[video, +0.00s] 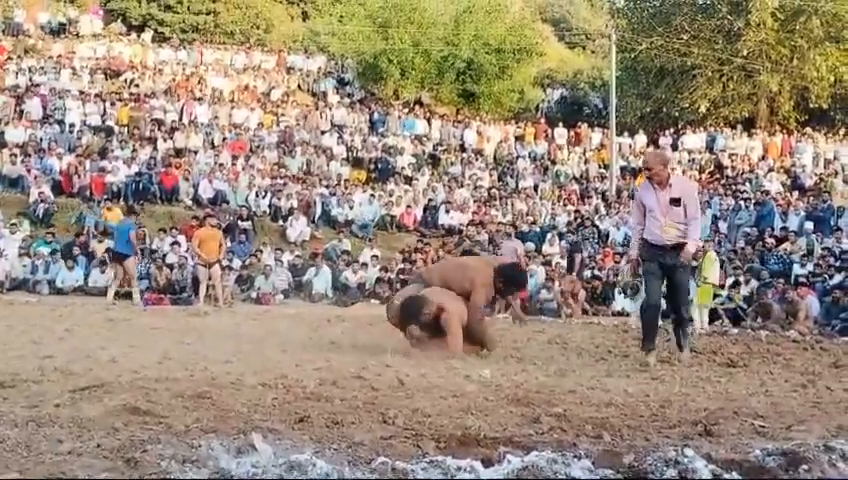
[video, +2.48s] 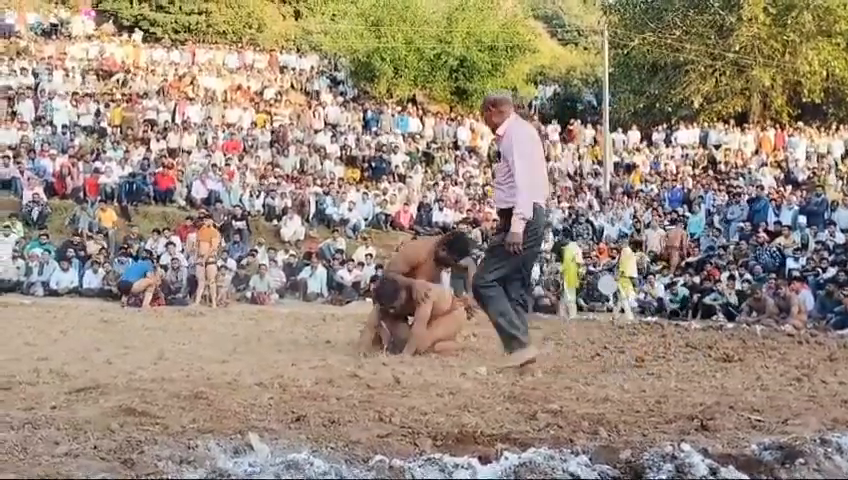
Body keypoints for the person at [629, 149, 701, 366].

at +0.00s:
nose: (649, 176)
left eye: (653, 172)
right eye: (647, 172)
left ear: (666, 168)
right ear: (646, 171)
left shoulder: (686, 187)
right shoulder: (642, 190)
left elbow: (694, 220)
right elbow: (637, 224)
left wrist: (691, 246)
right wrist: (634, 250)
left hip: (678, 249)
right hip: (651, 249)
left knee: (680, 305)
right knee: (652, 301)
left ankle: (683, 347)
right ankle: (648, 349)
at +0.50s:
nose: (659, 163)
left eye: (662, 157)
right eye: (656, 158)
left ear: (676, 153)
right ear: (654, 157)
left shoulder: (697, 174)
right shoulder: (649, 176)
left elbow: (709, 209)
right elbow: (640, 211)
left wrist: (718, 240)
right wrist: (633, 241)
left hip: (687, 244)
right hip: (658, 244)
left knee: (687, 302)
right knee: (653, 302)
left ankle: (693, 359)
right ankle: (649, 343)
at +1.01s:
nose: (637, 151)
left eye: (640, 145)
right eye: (634, 146)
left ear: (655, 140)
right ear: (633, 144)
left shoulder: (676, 160)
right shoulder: (634, 165)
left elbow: (684, 199)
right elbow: (633, 200)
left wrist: (670, 223)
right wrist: (631, 228)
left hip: (669, 235)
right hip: (639, 235)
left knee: (675, 299)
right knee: (640, 297)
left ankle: (683, 356)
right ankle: (642, 356)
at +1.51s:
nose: (589, 137)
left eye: (592, 131)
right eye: (588, 132)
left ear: (608, 124)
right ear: (602, 126)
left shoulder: (638, 146)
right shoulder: (599, 149)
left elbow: (657, 187)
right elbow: (598, 192)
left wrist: (668, 229)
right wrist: (585, 220)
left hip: (631, 223)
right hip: (605, 224)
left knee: (619, 290)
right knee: (615, 290)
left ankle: (613, 359)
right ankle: (635, 352)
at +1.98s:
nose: (551, 126)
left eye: (551, 119)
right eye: (549, 120)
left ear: (565, 111)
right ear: (565, 111)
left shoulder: (594, 135)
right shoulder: (572, 140)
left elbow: (590, 178)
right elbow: (571, 183)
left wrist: (563, 210)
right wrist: (559, 214)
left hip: (590, 217)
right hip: (570, 218)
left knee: (598, 291)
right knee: (548, 284)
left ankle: (615, 359)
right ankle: (540, 351)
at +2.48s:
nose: (485, 122)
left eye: (486, 116)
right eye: (485, 117)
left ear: (496, 110)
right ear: (504, 109)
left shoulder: (516, 134)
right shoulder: (518, 132)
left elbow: (525, 180)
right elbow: (521, 180)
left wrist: (518, 222)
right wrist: (505, 216)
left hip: (521, 215)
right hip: (529, 213)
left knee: (483, 280)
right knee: (516, 283)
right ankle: (520, 346)